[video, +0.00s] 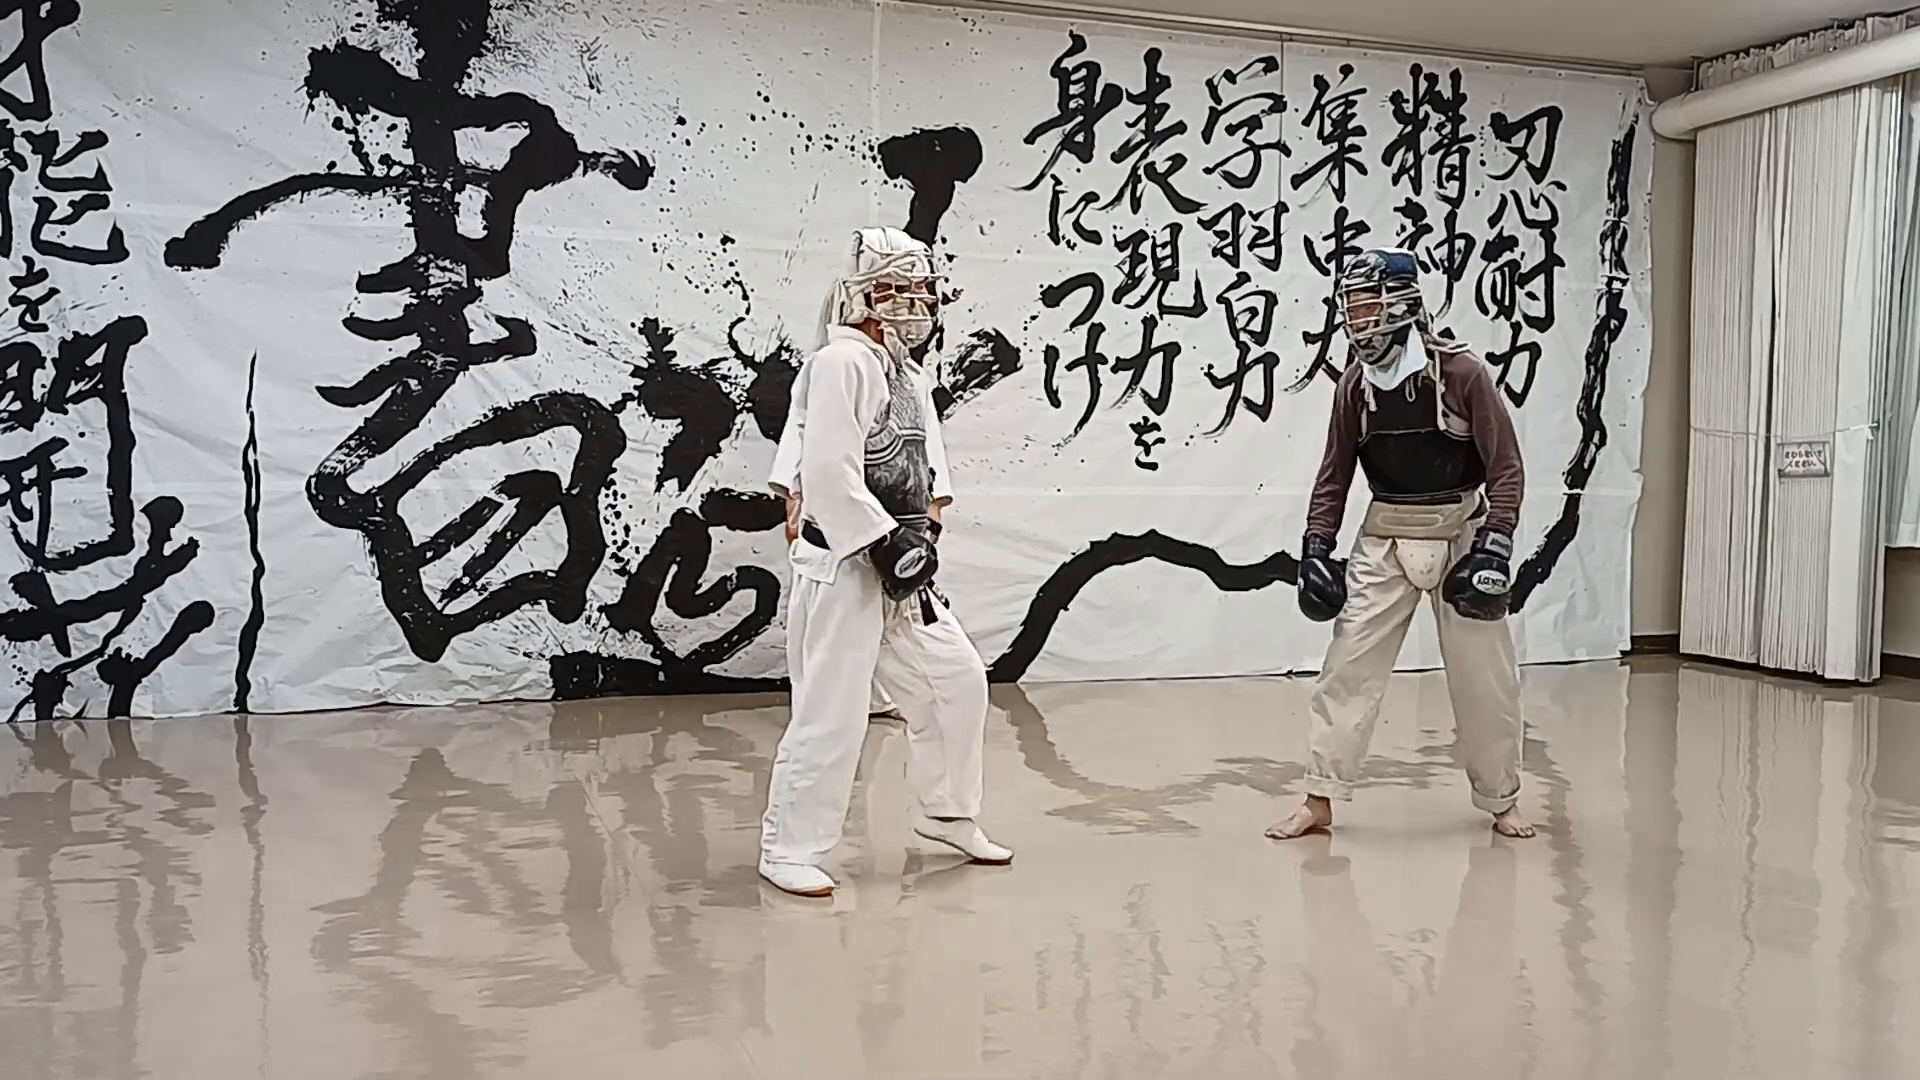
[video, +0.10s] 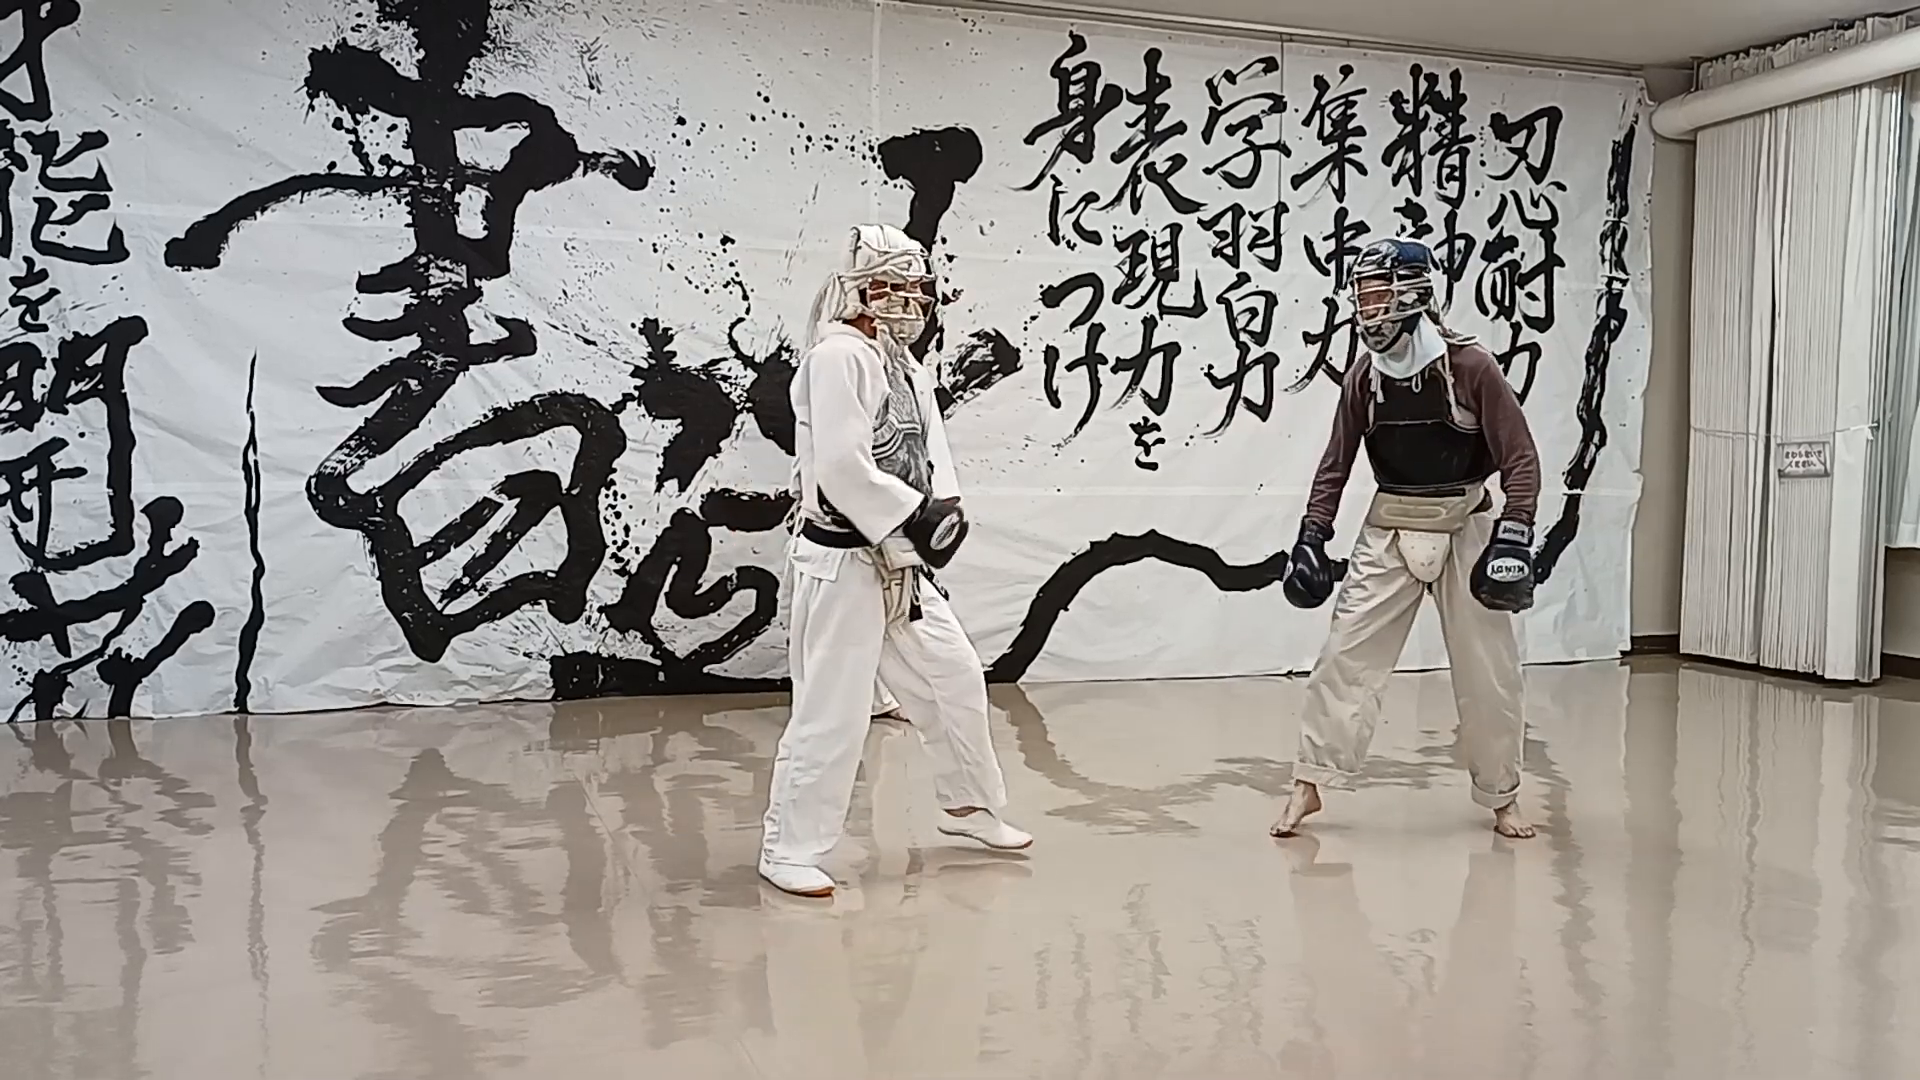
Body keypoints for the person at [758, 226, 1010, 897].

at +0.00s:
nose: (918, 304)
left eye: (922, 292)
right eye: (903, 291)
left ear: (926, 296)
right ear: (868, 295)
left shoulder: (907, 373)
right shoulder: (842, 360)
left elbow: (929, 460)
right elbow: (828, 472)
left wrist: (926, 527)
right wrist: (887, 544)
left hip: (894, 560)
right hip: (838, 563)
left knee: (958, 680)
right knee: (829, 711)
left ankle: (945, 822)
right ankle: (789, 853)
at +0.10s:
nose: (905, 305)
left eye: (914, 294)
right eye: (891, 293)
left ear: (924, 300)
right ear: (860, 296)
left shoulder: (912, 369)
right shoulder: (836, 355)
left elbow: (936, 452)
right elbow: (841, 465)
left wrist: (943, 509)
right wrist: (917, 519)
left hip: (895, 557)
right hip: (837, 560)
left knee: (956, 677)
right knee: (830, 714)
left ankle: (967, 808)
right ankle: (789, 853)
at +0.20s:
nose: (908, 308)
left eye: (916, 296)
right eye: (894, 295)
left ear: (923, 300)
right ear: (864, 296)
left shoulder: (905, 362)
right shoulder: (836, 357)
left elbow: (917, 451)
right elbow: (874, 447)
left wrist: (944, 509)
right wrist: (962, 442)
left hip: (897, 552)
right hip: (841, 559)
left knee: (938, 686)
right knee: (832, 715)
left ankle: (978, 807)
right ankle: (788, 853)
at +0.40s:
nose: (936, 317)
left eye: (942, 306)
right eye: (922, 304)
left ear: (948, 310)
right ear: (890, 305)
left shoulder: (919, 367)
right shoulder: (869, 363)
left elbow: (958, 432)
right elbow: (950, 409)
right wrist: (990, 348)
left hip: (918, 561)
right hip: (867, 565)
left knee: (945, 696)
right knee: (851, 716)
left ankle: (976, 819)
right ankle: (791, 852)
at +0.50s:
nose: (954, 313)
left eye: (961, 301)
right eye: (943, 300)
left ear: (965, 305)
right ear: (910, 299)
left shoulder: (937, 363)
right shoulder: (880, 360)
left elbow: (982, 422)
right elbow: (962, 408)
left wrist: (1009, 358)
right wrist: (1001, 347)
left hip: (934, 555)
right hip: (877, 556)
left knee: (959, 693)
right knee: (858, 707)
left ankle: (979, 818)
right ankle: (799, 847)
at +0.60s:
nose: (966, 316)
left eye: (972, 305)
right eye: (954, 303)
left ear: (970, 308)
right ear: (922, 299)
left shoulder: (935, 363)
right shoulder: (886, 359)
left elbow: (989, 425)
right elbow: (967, 411)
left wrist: (1016, 362)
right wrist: (1006, 352)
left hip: (932, 556)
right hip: (877, 558)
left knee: (961, 693)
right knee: (867, 707)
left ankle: (981, 820)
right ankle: (816, 846)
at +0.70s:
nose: (960, 324)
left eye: (968, 314)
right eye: (950, 311)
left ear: (969, 317)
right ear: (917, 306)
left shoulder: (932, 369)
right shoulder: (884, 364)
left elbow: (987, 430)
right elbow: (966, 420)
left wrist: (1010, 364)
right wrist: (1006, 358)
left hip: (929, 560)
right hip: (873, 562)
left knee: (976, 680)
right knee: (868, 707)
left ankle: (984, 817)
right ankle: (815, 846)